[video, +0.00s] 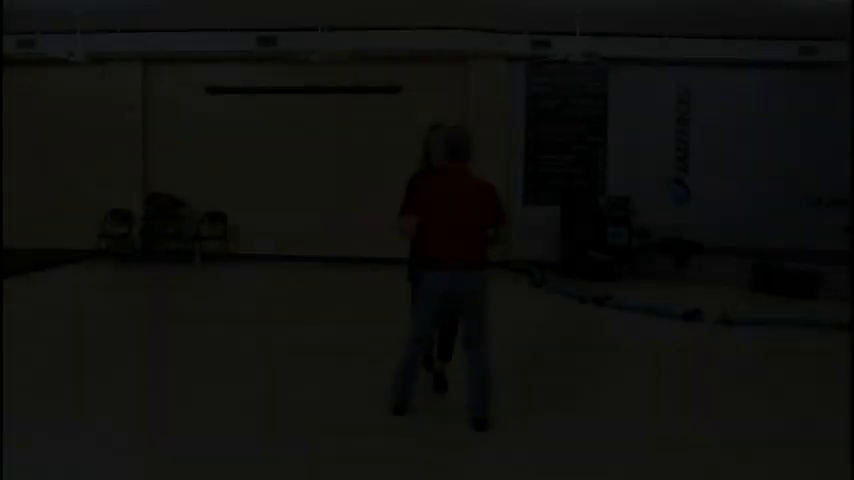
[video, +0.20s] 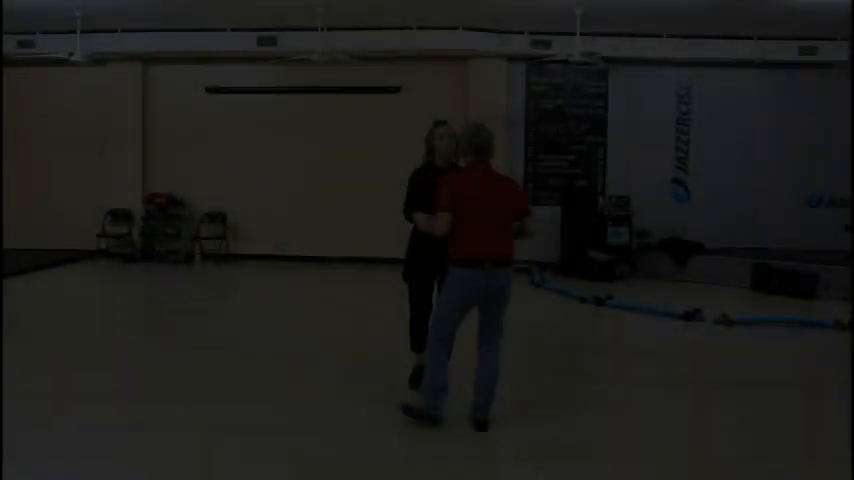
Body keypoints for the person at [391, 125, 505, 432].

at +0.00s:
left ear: (434, 152)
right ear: (469, 153)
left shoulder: (423, 185)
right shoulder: (482, 190)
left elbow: (407, 226)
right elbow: (498, 232)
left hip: (431, 276)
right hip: (471, 277)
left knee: (419, 338)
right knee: (475, 345)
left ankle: (402, 398)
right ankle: (480, 410)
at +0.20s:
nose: (450, 150)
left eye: (455, 146)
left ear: (461, 150)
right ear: (491, 151)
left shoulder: (452, 182)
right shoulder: (506, 185)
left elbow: (441, 226)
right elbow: (527, 227)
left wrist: (422, 221)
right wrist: (497, 228)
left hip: (461, 271)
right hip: (499, 273)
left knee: (440, 336)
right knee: (490, 343)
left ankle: (432, 405)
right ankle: (482, 413)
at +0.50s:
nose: (483, 152)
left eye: (484, 148)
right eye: (485, 147)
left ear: (489, 151)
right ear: (515, 150)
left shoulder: (487, 184)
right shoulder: (532, 183)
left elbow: (484, 231)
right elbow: (558, 220)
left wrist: (458, 228)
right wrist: (527, 227)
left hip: (503, 277)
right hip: (530, 275)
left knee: (506, 350)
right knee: (499, 347)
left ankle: (536, 419)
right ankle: (483, 412)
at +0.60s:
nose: (490, 153)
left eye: (492, 148)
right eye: (492, 148)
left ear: (499, 151)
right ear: (521, 150)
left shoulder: (500, 185)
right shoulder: (539, 182)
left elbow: (499, 233)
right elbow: (566, 219)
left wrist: (469, 231)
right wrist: (533, 227)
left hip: (519, 279)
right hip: (540, 276)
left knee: (520, 349)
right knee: (506, 343)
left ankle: (539, 422)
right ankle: (498, 408)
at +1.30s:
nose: (519, 154)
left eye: (524, 148)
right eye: (519, 148)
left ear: (544, 150)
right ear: (542, 150)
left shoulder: (552, 183)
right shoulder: (547, 180)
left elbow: (536, 232)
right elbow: (532, 224)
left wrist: (489, 232)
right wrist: (497, 229)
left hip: (554, 277)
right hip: (556, 275)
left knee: (546, 352)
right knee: (562, 346)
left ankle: (550, 427)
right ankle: (573, 408)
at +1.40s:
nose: (522, 154)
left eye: (528, 148)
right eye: (520, 148)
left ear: (549, 150)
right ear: (525, 150)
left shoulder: (554, 183)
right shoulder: (542, 181)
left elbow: (535, 232)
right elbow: (528, 225)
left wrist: (489, 232)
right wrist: (490, 228)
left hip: (554, 278)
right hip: (551, 275)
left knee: (545, 354)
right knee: (560, 346)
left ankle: (550, 427)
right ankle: (572, 408)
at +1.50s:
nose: (523, 153)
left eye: (530, 147)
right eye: (520, 147)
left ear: (549, 149)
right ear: (519, 149)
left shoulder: (554, 182)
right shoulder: (539, 181)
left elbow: (539, 233)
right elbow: (532, 229)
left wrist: (495, 227)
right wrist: (497, 226)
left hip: (553, 279)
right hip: (547, 276)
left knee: (544, 354)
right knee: (556, 346)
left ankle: (550, 427)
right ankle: (571, 407)